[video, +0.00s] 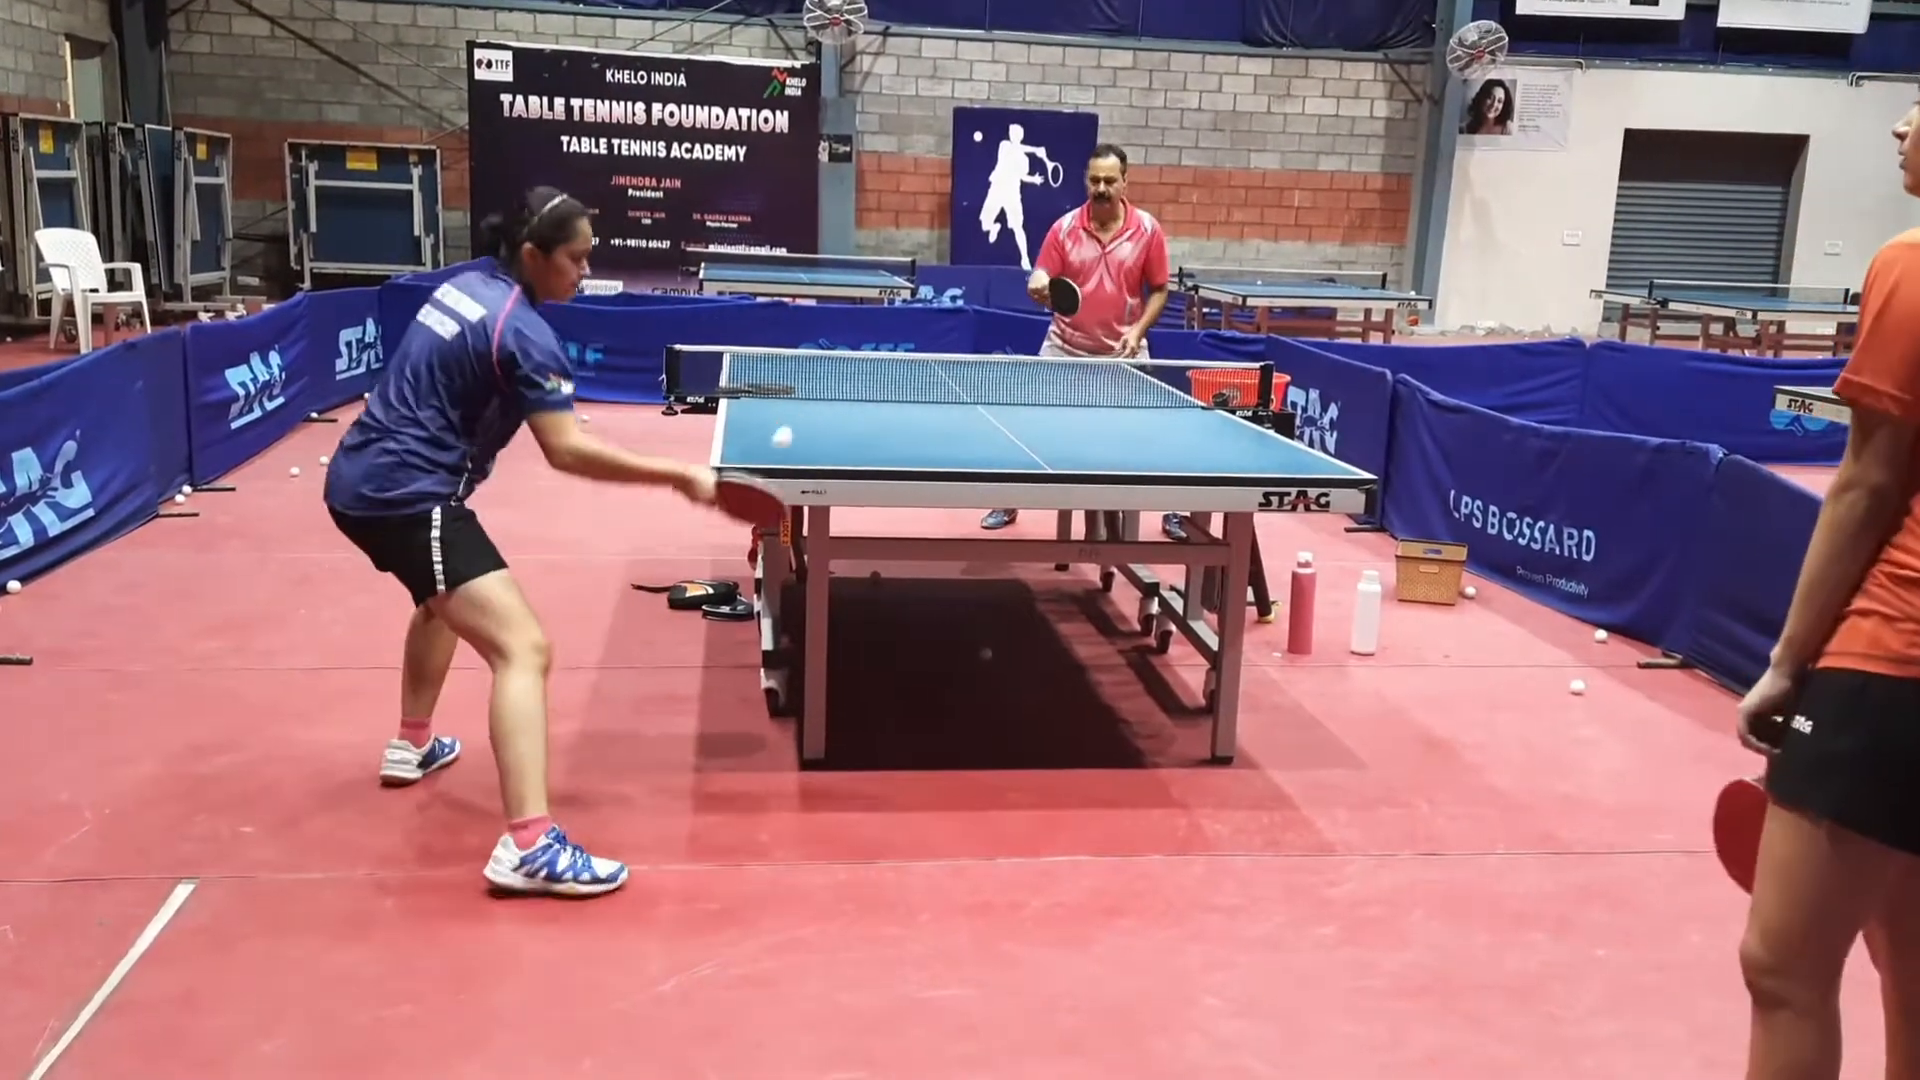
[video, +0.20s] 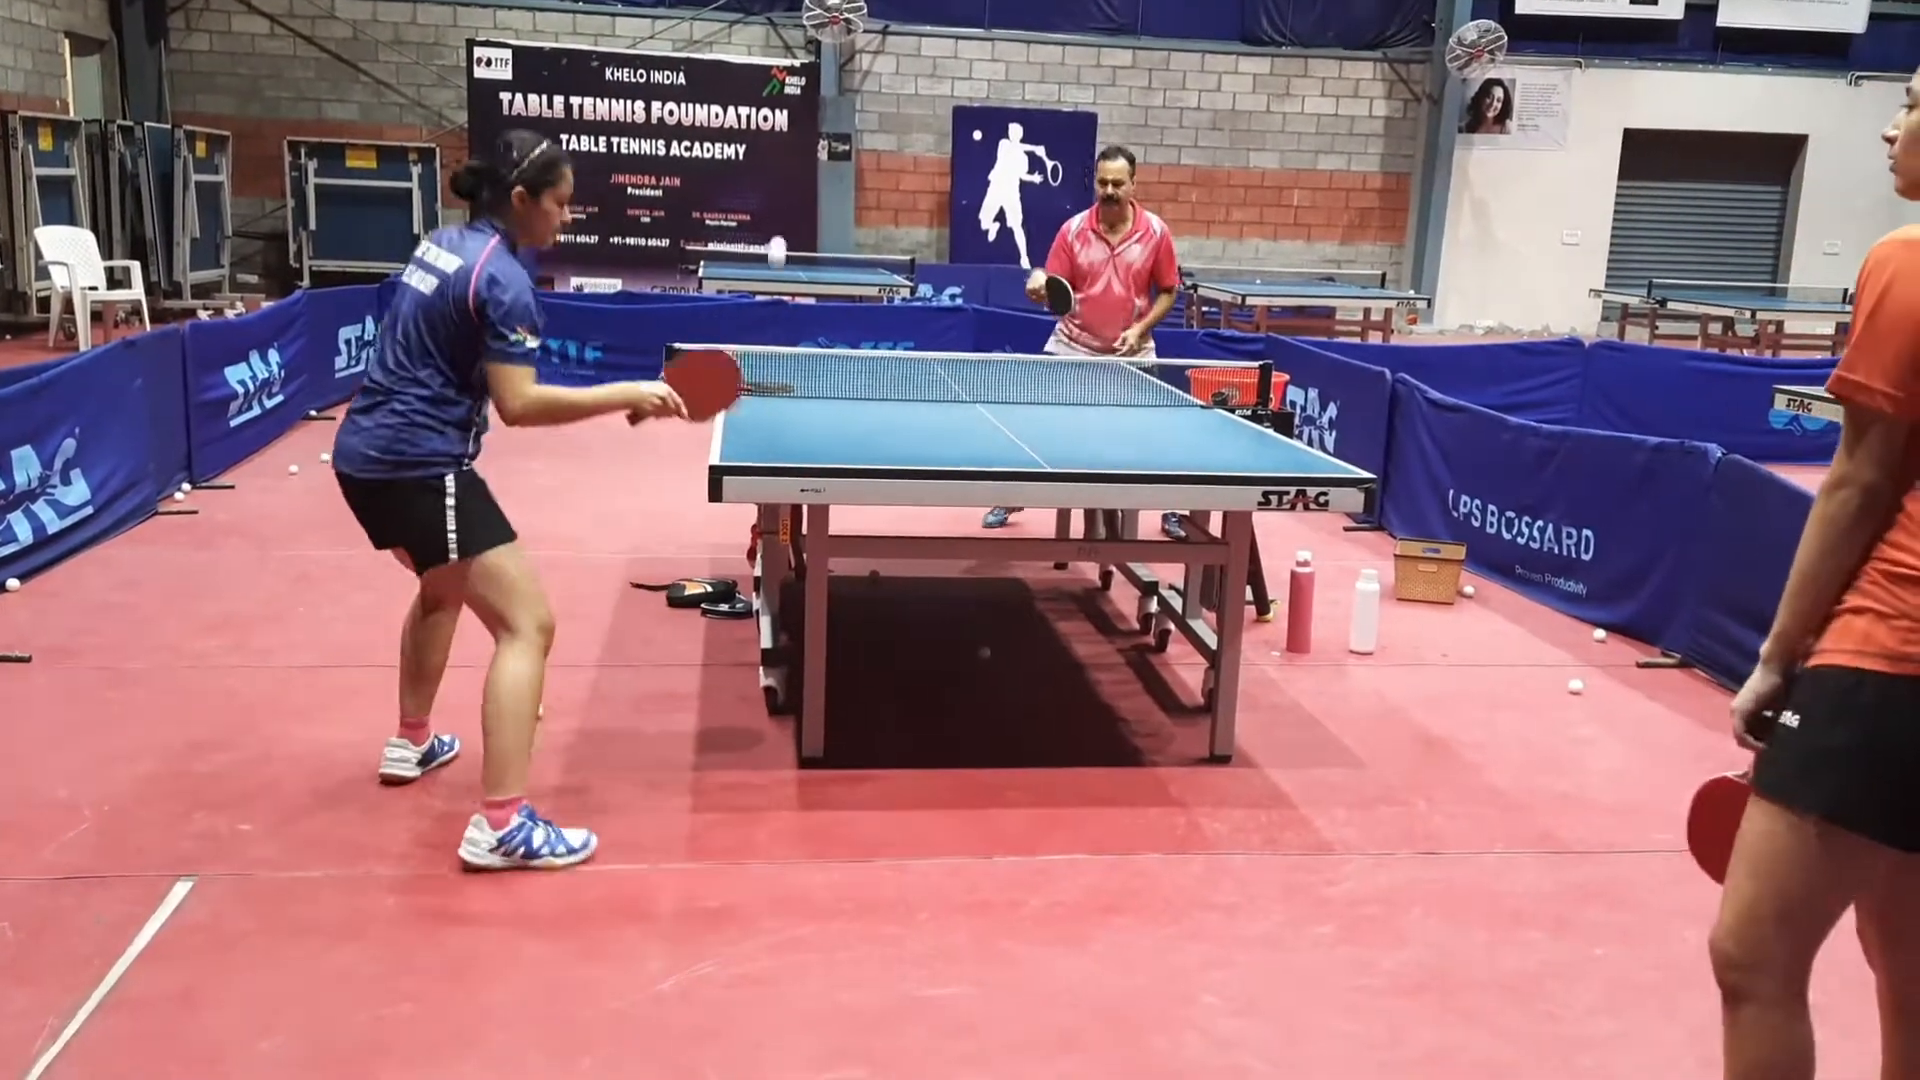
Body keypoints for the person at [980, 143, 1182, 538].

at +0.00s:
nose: (1101, 188)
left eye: (1109, 181)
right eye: (1094, 181)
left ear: (1124, 182)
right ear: (1086, 182)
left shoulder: (1147, 229)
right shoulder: (1065, 227)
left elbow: (1160, 289)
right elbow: (1040, 279)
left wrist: (1139, 328)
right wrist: (1040, 290)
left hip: (1124, 350)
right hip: (1064, 346)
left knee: (1153, 424)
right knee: (1027, 414)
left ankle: (1176, 508)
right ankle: (1007, 500)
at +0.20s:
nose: (1109, 191)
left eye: (1117, 183)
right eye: (1103, 183)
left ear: (1133, 185)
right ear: (1094, 183)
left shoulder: (1155, 231)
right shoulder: (1073, 229)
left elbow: (1168, 291)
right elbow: (1057, 289)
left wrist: (1140, 328)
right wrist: (1041, 289)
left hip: (1132, 350)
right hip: (1071, 345)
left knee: (1156, 426)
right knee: (1034, 415)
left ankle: (1173, 508)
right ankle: (1009, 497)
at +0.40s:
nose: (1093, 196)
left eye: (1102, 189)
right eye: (1087, 188)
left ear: (1120, 190)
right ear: (1079, 189)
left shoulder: (1142, 235)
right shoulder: (1060, 234)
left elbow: (1156, 300)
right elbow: (1039, 289)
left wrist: (1119, 327)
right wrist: (1030, 301)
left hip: (1120, 351)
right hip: (1062, 347)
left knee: (1126, 434)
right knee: (1028, 413)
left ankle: (1122, 540)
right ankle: (1003, 505)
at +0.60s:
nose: (1063, 198)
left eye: (1072, 189)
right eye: (1055, 189)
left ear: (1086, 188)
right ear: (1045, 188)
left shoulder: (1112, 231)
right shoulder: (1028, 239)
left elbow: (1129, 293)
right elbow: (1007, 293)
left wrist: (1107, 318)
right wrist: (1004, 308)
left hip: (1102, 348)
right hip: (1043, 347)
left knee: (1129, 424)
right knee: (1014, 412)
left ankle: (1161, 504)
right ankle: (998, 509)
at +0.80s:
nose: (1074, 189)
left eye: (1081, 181)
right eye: (1065, 182)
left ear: (1089, 178)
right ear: (1048, 179)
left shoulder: (1110, 217)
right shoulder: (1026, 226)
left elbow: (1135, 276)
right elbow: (1007, 285)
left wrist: (1135, 304)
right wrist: (1009, 300)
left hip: (1103, 339)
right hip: (1042, 340)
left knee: (1120, 424)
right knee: (1018, 412)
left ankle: (1130, 512)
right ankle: (998, 509)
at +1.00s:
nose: (1110, 205)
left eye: (1117, 197)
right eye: (1102, 197)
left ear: (1125, 193)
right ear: (1083, 190)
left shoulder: (1138, 231)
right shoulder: (1052, 231)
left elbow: (1167, 281)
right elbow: (1029, 283)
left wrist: (1181, 313)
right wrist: (1027, 305)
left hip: (1117, 348)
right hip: (1054, 346)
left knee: (1134, 429)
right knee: (1024, 419)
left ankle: (1152, 522)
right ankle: (999, 509)